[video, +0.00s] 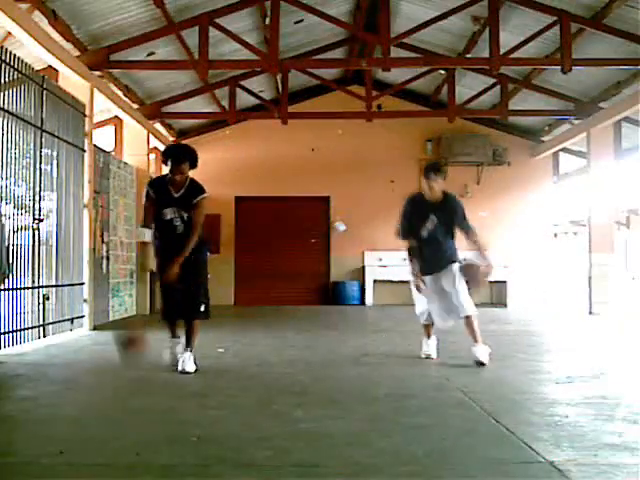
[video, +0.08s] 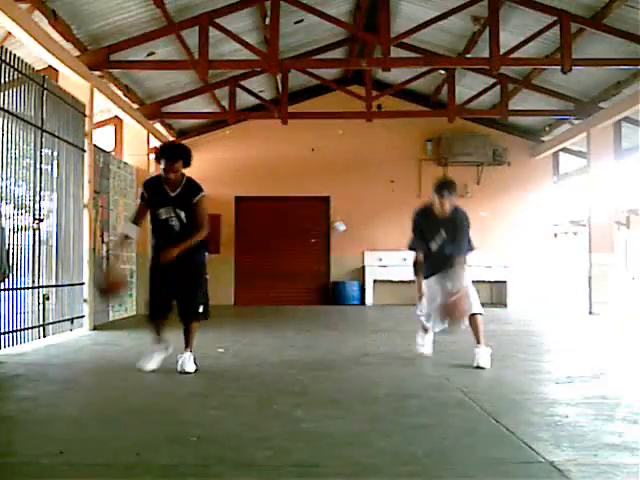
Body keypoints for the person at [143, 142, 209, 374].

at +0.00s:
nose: (178, 178)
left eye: (182, 173)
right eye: (174, 173)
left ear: (190, 169)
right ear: (168, 168)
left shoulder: (197, 191)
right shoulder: (155, 188)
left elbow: (196, 230)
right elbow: (148, 224)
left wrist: (178, 262)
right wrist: (150, 258)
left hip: (192, 250)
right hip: (166, 249)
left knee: (192, 301)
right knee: (170, 300)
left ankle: (189, 351)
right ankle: (175, 341)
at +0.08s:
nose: (169, 174)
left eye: (173, 170)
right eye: (166, 169)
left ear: (184, 167)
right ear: (160, 166)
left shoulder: (194, 190)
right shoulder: (151, 187)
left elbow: (204, 229)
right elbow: (138, 218)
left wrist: (178, 249)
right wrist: (124, 237)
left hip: (191, 252)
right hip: (162, 252)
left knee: (190, 305)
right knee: (157, 304)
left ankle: (188, 352)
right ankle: (160, 345)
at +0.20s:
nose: (160, 171)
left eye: (165, 166)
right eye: (157, 166)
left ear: (176, 164)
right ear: (152, 164)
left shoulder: (190, 187)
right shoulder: (146, 184)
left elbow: (210, 218)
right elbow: (131, 208)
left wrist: (185, 235)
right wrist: (124, 212)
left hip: (185, 254)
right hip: (156, 253)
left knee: (187, 306)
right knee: (143, 304)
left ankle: (187, 353)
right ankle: (136, 354)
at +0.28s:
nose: (151, 167)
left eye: (156, 162)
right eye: (148, 162)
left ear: (167, 161)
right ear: (143, 161)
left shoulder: (182, 184)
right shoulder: (137, 184)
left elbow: (211, 207)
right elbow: (113, 203)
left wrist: (197, 226)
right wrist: (98, 202)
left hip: (177, 255)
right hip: (148, 255)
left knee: (183, 306)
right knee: (134, 306)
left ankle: (186, 353)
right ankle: (125, 356)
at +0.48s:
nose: (136, 170)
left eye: (140, 165)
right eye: (132, 165)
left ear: (151, 160)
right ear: (126, 162)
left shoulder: (167, 183)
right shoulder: (121, 183)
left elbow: (194, 207)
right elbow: (101, 207)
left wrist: (193, 223)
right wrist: (85, 210)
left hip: (163, 257)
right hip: (133, 258)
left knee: (167, 308)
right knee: (126, 311)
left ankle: (180, 348)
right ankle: (124, 357)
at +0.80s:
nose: (120, 172)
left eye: (124, 167)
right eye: (116, 167)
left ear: (136, 161)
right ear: (112, 165)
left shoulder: (154, 179)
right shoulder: (108, 190)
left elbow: (174, 208)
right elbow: (108, 223)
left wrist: (179, 244)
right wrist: (109, 249)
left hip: (153, 250)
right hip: (125, 252)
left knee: (147, 302)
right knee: (121, 305)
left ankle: (162, 344)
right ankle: (123, 356)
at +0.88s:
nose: (120, 171)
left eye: (124, 166)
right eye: (116, 167)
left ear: (135, 161)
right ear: (111, 166)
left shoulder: (154, 178)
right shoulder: (108, 191)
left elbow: (173, 205)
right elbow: (111, 230)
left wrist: (185, 236)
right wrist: (126, 244)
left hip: (154, 247)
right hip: (125, 250)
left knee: (147, 298)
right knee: (121, 303)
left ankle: (160, 343)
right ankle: (123, 357)